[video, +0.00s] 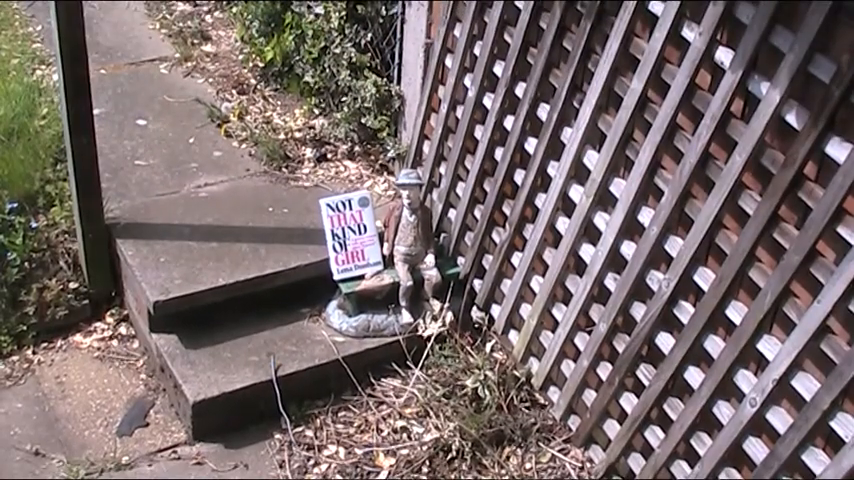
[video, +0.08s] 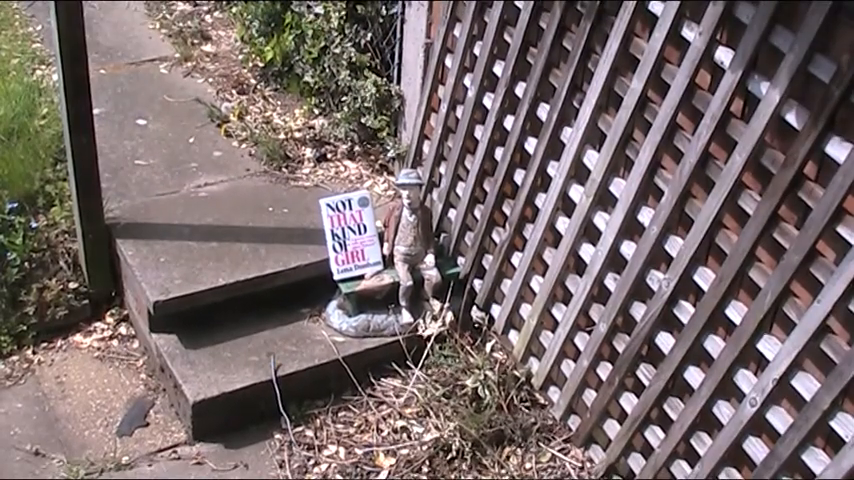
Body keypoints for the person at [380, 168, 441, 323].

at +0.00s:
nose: (406, 194)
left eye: (411, 189)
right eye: (403, 189)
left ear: (419, 191)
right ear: (399, 191)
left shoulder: (425, 212)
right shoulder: (395, 210)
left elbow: (429, 235)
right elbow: (388, 227)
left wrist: (430, 252)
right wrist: (387, 243)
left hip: (421, 253)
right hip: (401, 252)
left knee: (434, 278)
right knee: (407, 283)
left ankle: (428, 299)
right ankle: (405, 308)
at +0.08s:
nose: (406, 194)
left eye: (411, 190)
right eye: (403, 189)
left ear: (419, 191)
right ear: (399, 191)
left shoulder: (425, 212)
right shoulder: (395, 210)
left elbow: (429, 235)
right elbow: (388, 227)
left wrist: (430, 252)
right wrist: (387, 243)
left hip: (421, 253)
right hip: (401, 253)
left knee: (434, 278)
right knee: (407, 283)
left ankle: (428, 299)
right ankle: (405, 307)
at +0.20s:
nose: (409, 199)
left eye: (413, 195)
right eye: (406, 195)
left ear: (421, 195)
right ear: (402, 195)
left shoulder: (427, 214)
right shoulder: (398, 211)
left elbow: (431, 236)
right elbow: (392, 230)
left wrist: (432, 253)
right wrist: (389, 246)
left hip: (422, 255)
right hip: (403, 255)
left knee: (437, 280)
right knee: (409, 284)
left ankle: (433, 302)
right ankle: (407, 311)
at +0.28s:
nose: (425, 200)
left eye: (429, 196)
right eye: (422, 195)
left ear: (438, 196)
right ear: (418, 196)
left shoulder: (443, 216)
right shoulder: (414, 213)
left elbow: (446, 238)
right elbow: (408, 232)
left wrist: (447, 255)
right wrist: (405, 247)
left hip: (437, 257)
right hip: (418, 256)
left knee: (452, 282)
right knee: (425, 285)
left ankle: (448, 305)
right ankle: (422, 311)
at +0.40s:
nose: (444, 200)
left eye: (448, 195)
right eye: (441, 195)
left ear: (457, 196)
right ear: (437, 196)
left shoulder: (462, 216)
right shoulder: (433, 213)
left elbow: (466, 238)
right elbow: (427, 231)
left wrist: (467, 254)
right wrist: (425, 246)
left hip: (457, 257)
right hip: (438, 256)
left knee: (472, 282)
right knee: (444, 286)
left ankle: (466, 305)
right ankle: (441, 311)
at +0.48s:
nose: (444, 201)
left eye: (448, 197)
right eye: (441, 196)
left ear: (457, 197)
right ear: (437, 197)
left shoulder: (462, 217)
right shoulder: (434, 214)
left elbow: (465, 239)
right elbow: (427, 232)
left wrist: (467, 256)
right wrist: (425, 248)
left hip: (457, 259)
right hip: (438, 258)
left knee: (472, 284)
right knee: (445, 288)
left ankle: (465, 306)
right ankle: (442, 313)